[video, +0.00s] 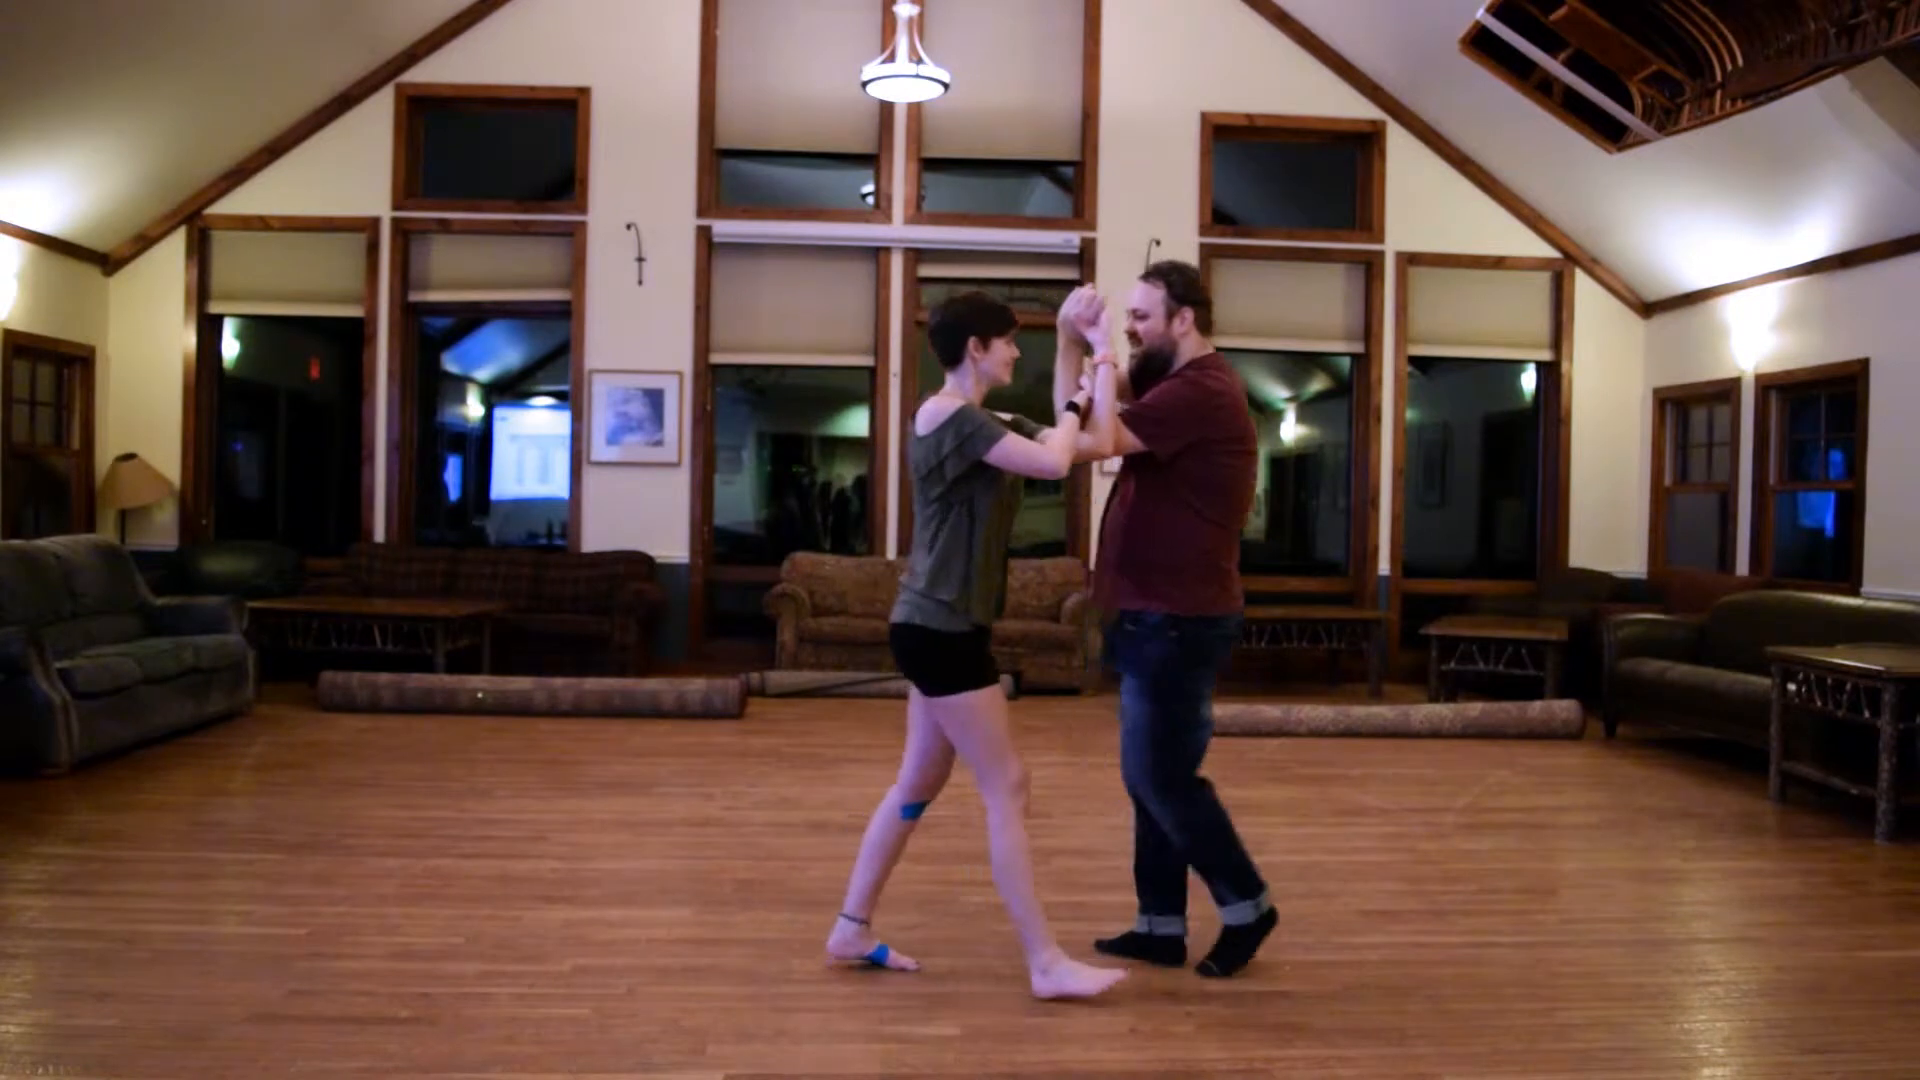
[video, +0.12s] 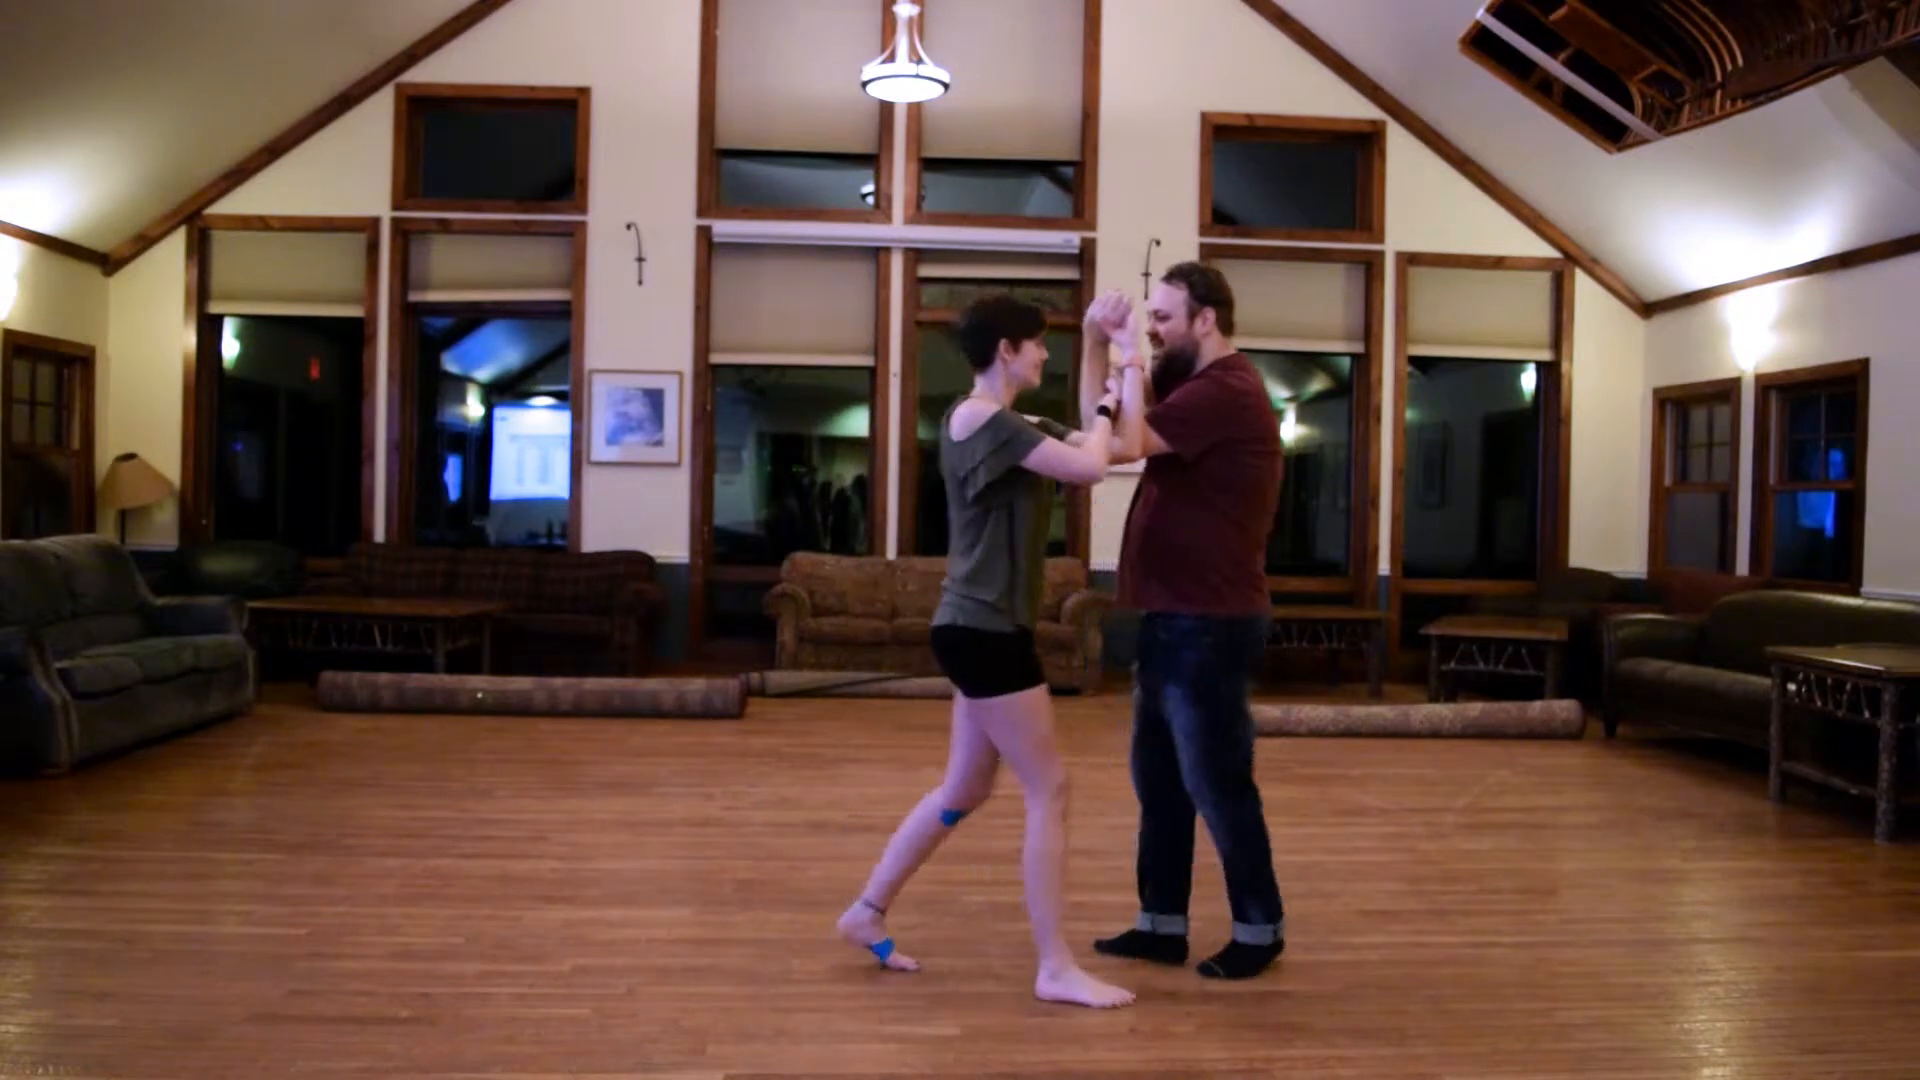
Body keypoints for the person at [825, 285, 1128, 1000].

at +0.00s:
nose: (1016, 353)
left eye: (1013, 341)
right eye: (1007, 342)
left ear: (965, 351)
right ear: (975, 349)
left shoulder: (941, 414)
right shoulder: (960, 423)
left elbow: (1055, 438)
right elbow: (1057, 460)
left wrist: (1073, 349)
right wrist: (1080, 392)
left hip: (930, 625)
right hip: (947, 633)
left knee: (915, 784)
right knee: (1005, 784)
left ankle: (850, 931)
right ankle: (1045, 963)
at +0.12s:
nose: (1044, 358)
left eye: (1043, 346)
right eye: (1038, 347)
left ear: (994, 354)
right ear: (1008, 352)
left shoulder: (974, 418)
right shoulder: (991, 425)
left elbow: (1086, 448)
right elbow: (1091, 464)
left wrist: (1100, 364)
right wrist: (1116, 384)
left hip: (972, 626)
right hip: (989, 632)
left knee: (962, 789)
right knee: (1047, 790)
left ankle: (866, 913)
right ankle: (1055, 968)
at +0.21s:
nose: (1063, 357)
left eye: (1062, 345)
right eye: (1059, 345)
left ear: (1015, 352)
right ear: (1032, 350)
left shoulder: (990, 418)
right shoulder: (1015, 425)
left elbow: (1102, 448)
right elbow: (1123, 462)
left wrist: (1111, 363)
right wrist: (1145, 372)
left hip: (999, 623)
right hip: (1020, 629)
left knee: (1020, 797)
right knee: (1067, 791)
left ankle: (902, 890)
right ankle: (1056, 969)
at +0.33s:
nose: (1098, 350)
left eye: (1095, 338)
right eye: (1092, 338)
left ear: (1048, 348)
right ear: (1065, 346)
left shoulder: (1036, 412)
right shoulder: (1047, 421)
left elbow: (1134, 436)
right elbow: (1158, 461)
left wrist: (1142, 351)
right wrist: (1179, 371)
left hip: (1061, 625)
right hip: (1046, 630)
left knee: (1112, 791)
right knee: (1084, 798)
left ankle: (982, 886)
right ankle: (1057, 971)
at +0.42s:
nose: (1118, 349)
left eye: (1117, 337)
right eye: (1113, 337)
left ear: (1066, 347)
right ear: (1086, 344)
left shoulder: (1053, 410)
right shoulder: (1071, 419)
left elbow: (1161, 438)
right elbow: (1187, 454)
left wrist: (1165, 356)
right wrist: (1198, 371)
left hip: (1084, 625)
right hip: (1064, 631)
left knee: (1142, 788)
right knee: (1090, 801)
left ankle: (1045, 913)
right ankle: (1055, 970)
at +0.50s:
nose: (1137, 347)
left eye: (1136, 335)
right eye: (1133, 335)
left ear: (1084, 344)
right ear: (1108, 341)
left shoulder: (1072, 408)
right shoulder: (1097, 414)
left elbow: (1178, 443)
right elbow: (1209, 452)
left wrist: (1185, 364)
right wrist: (1217, 374)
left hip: (1107, 623)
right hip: (1078, 627)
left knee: (1158, 784)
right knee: (1091, 797)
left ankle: (1123, 950)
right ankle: (1056, 970)